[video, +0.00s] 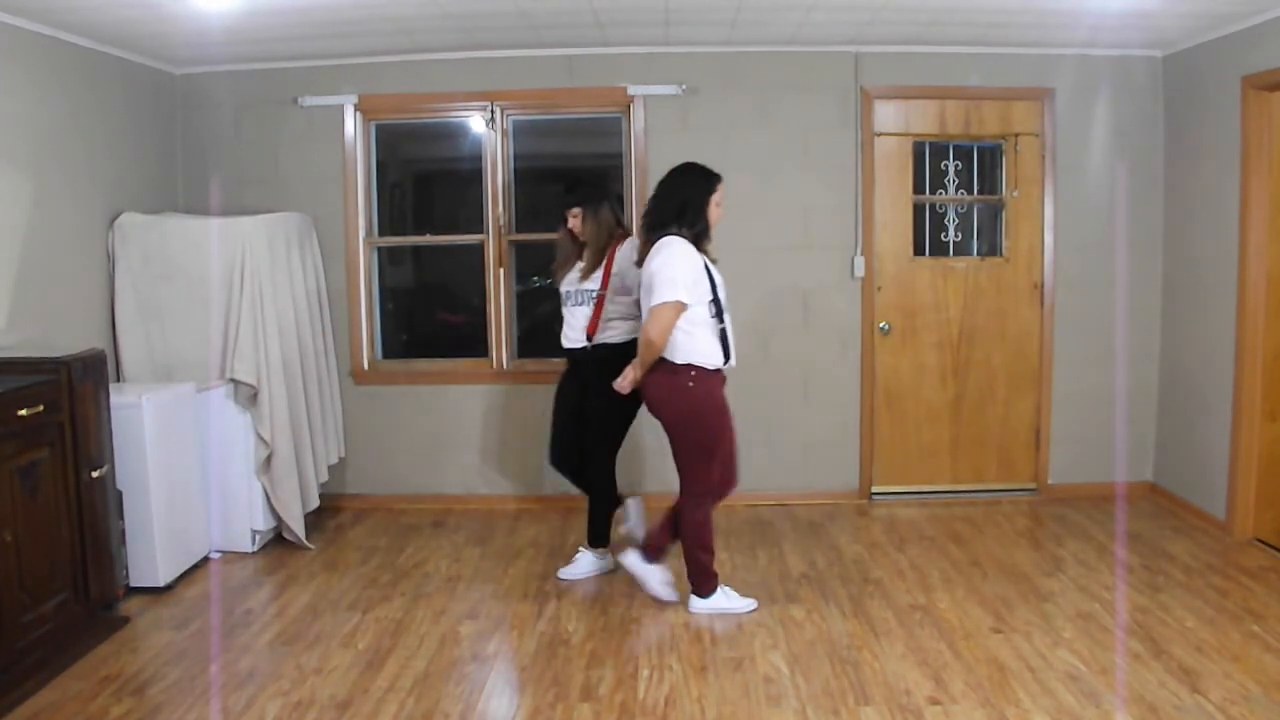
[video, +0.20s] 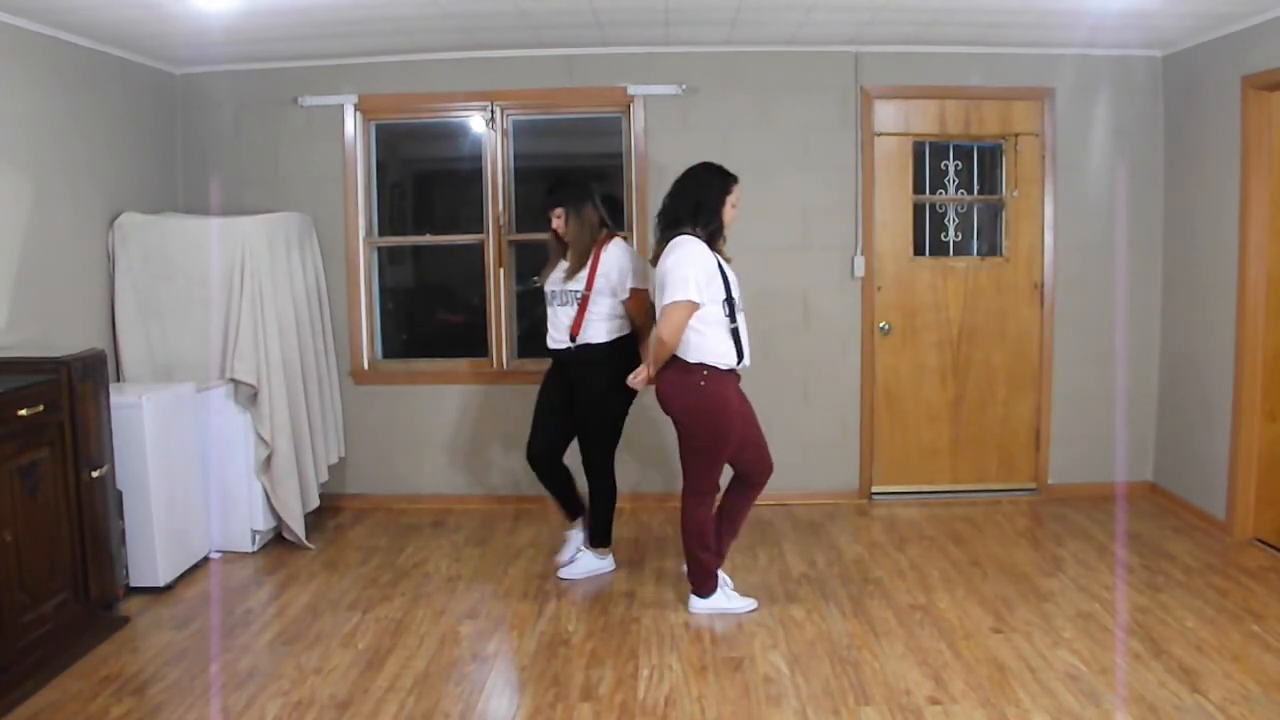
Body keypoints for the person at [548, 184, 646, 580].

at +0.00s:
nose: (573, 223)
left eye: (580, 214)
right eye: (570, 216)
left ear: (602, 214)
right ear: (569, 223)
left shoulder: (630, 252)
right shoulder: (574, 263)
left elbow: (656, 310)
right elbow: (577, 319)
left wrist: (642, 361)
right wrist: (577, 357)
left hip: (618, 362)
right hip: (579, 364)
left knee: (600, 456)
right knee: (563, 455)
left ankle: (596, 549)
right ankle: (623, 505)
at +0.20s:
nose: (554, 222)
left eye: (560, 214)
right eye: (552, 215)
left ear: (582, 213)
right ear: (561, 220)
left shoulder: (620, 254)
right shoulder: (563, 259)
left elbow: (643, 319)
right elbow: (568, 318)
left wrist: (645, 362)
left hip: (608, 366)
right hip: (566, 366)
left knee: (597, 459)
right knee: (541, 453)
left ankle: (600, 550)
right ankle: (580, 522)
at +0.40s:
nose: (535, 227)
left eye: (537, 220)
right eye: (534, 221)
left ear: (550, 218)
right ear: (557, 220)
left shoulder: (600, 255)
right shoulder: (549, 262)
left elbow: (630, 315)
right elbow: (557, 320)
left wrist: (614, 351)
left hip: (598, 368)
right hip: (553, 369)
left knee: (592, 459)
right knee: (534, 460)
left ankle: (599, 552)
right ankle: (531, 555)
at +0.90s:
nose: (486, 217)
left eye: (491, 209)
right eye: (486, 210)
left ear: (513, 209)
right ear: (515, 209)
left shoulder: (543, 249)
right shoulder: (503, 257)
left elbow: (573, 316)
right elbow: (511, 320)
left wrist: (573, 350)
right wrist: (558, 350)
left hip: (545, 374)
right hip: (503, 376)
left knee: (543, 471)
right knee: (512, 475)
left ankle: (583, 541)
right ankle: (512, 570)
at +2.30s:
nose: (499, 210)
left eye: (502, 202)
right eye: (500, 202)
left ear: (513, 205)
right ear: (544, 203)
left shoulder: (524, 252)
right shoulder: (561, 250)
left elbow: (552, 322)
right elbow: (577, 317)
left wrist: (587, 360)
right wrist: (586, 359)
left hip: (533, 374)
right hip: (562, 371)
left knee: (534, 485)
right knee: (550, 477)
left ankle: (551, 590)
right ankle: (579, 572)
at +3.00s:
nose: (507, 211)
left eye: (510, 202)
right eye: (507, 202)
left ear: (524, 204)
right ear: (549, 204)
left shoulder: (532, 247)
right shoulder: (567, 244)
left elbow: (564, 310)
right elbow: (605, 296)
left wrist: (599, 355)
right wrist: (601, 347)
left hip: (554, 372)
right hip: (579, 367)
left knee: (559, 483)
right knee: (575, 477)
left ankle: (575, 591)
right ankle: (584, 574)